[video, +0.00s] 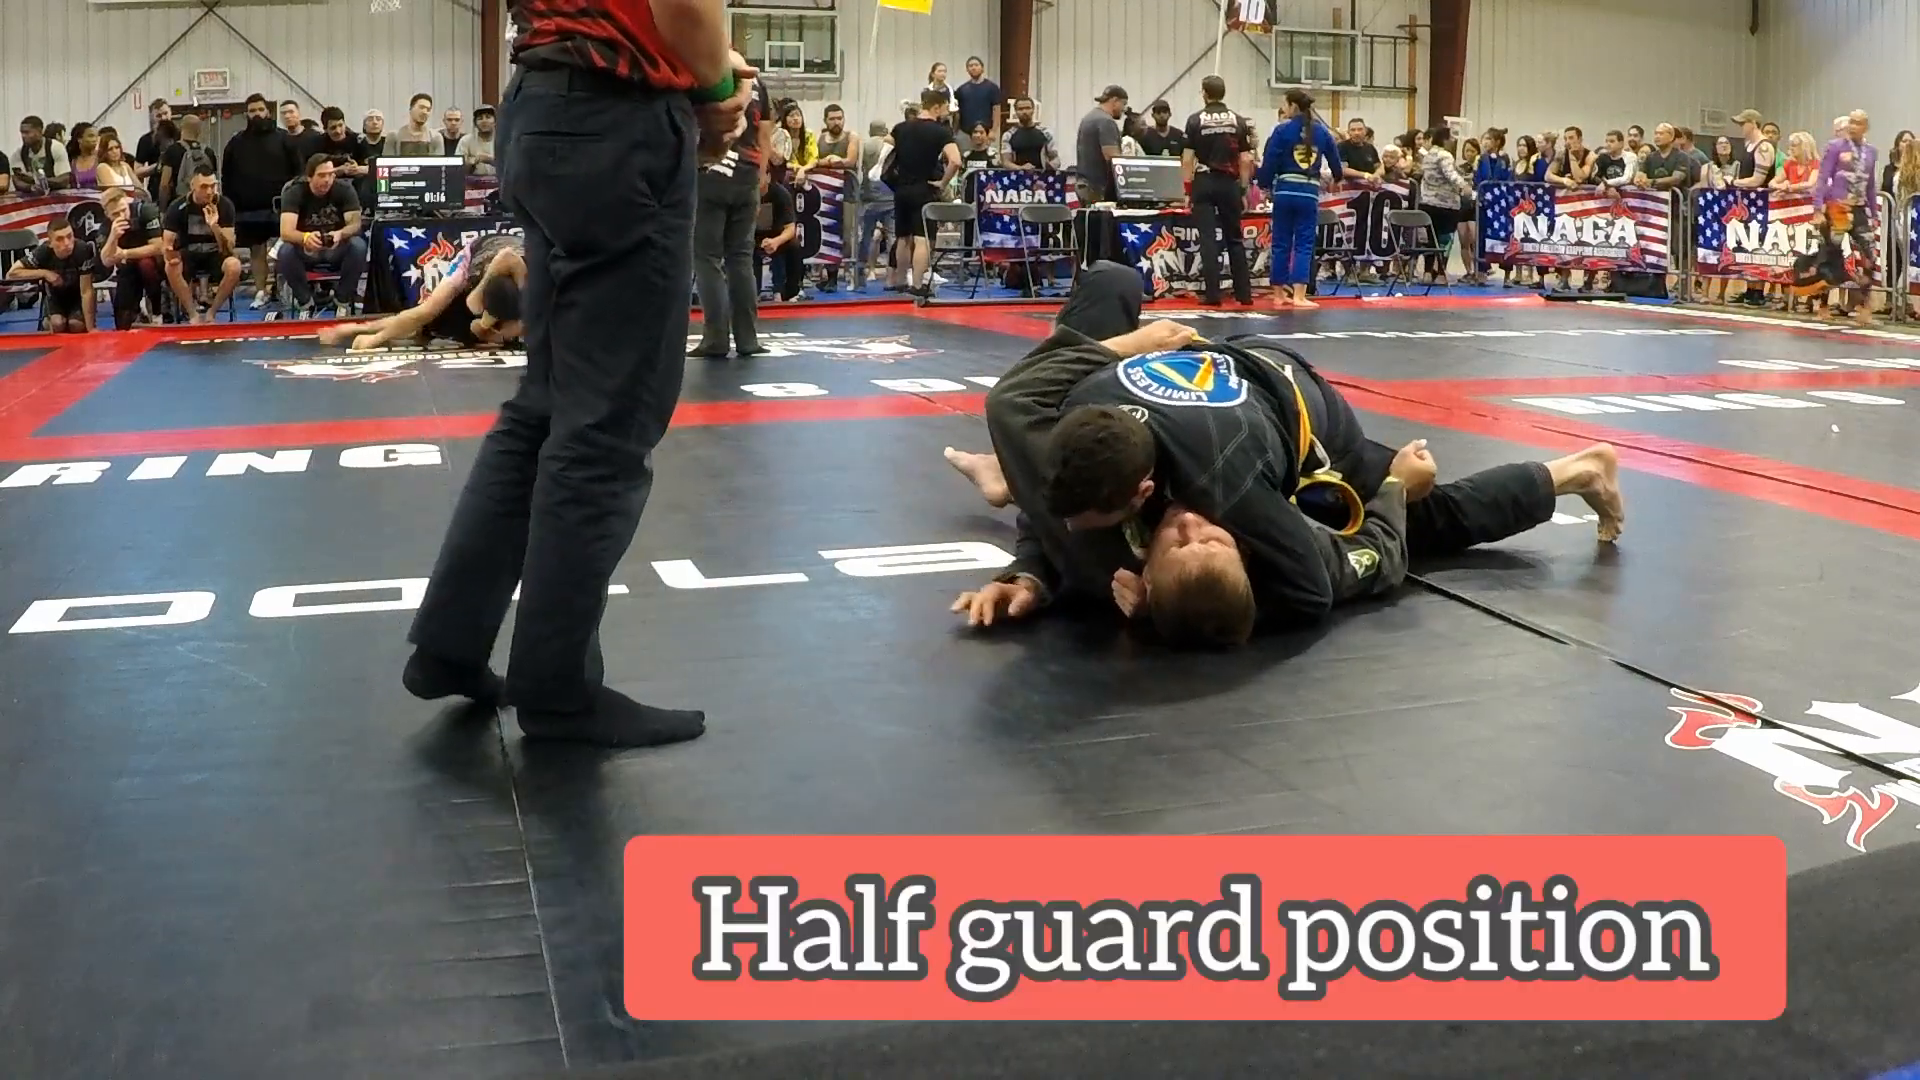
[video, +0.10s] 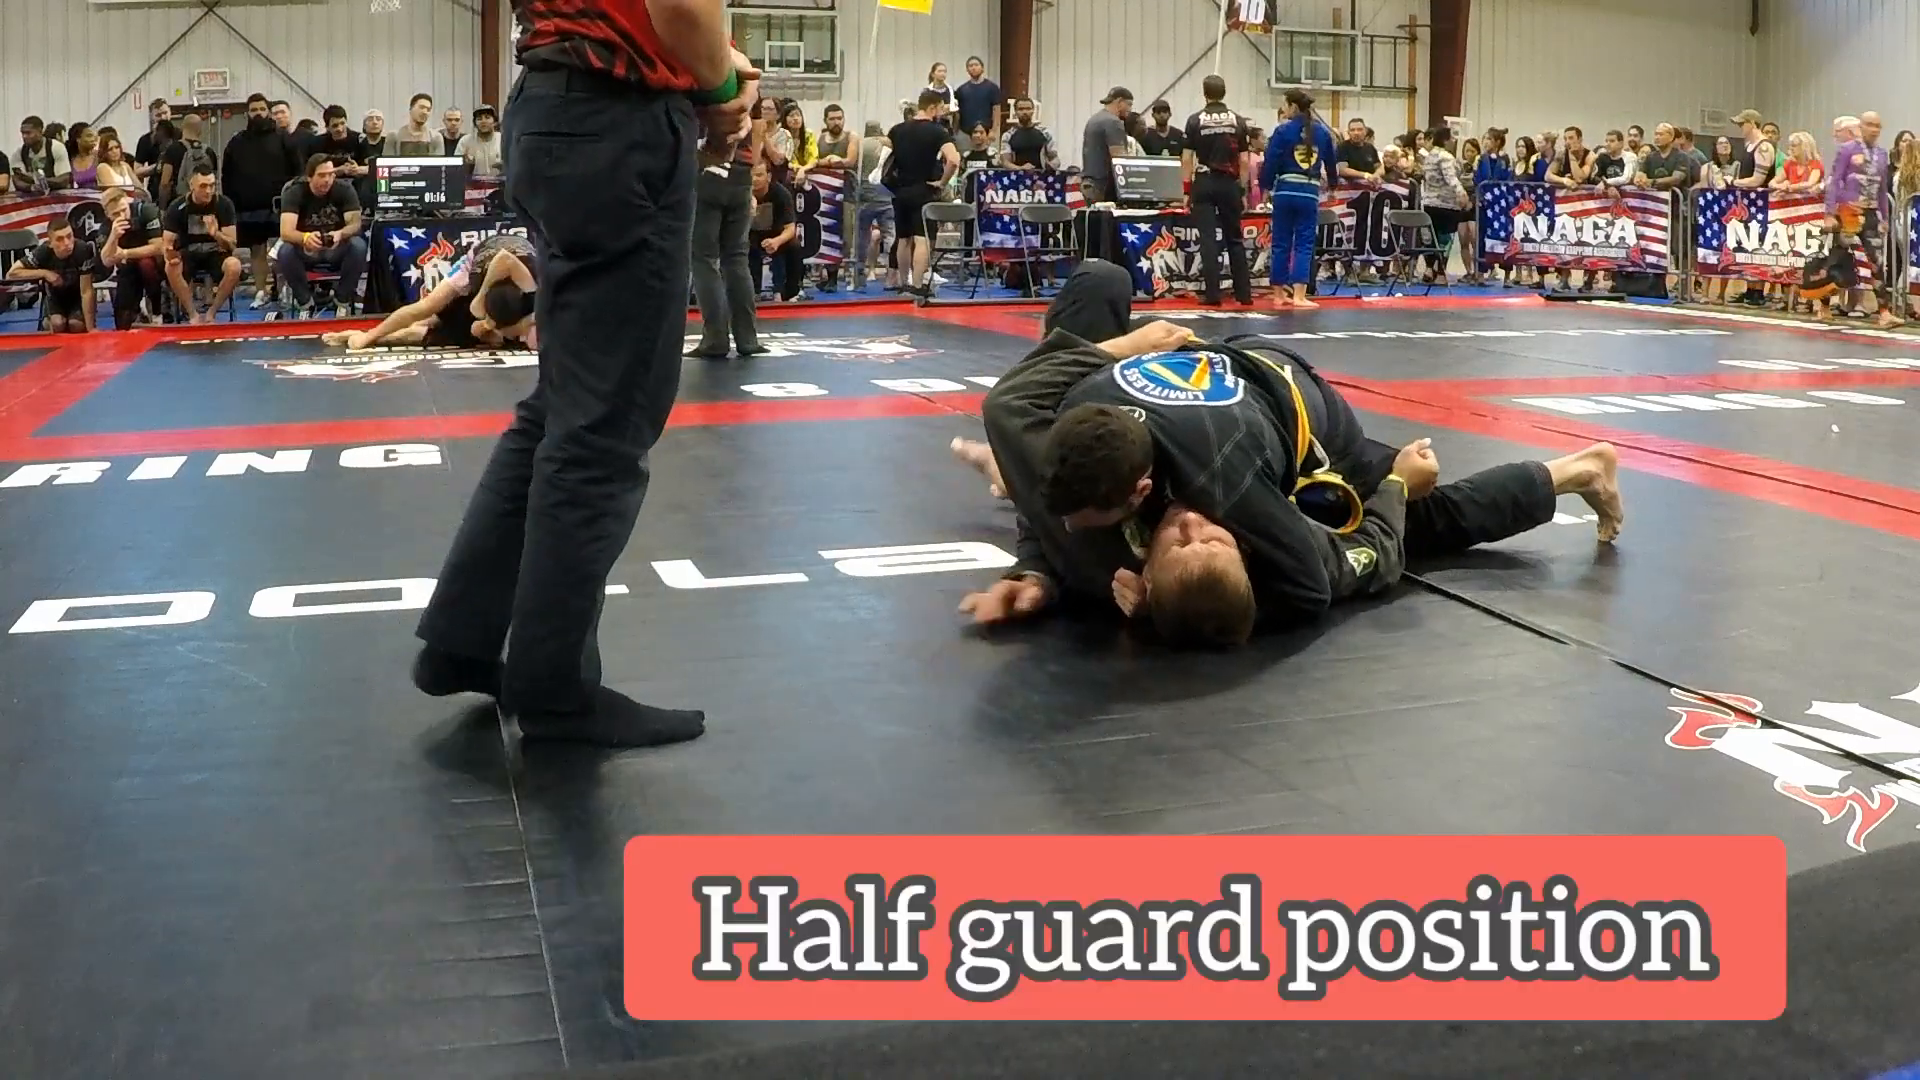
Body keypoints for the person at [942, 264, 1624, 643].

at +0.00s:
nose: (1190, 531)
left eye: (1151, 543)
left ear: (1140, 500)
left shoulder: (1220, 487)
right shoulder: (1022, 421)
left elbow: (1335, 583)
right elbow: (1066, 550)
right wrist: (1025, 583)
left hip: (1299, 410)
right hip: (1205, 354)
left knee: (1421, 529)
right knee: (1103, 280)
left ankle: (1580, 470)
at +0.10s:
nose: (1194, 529)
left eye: (1156, 534)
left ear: (1137, 496)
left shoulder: (1219, 481)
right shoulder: (1020, 418)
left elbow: (1320, 590)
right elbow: (1067, 541)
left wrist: (1154, 599)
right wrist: (1032, 583)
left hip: (1300, 410)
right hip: (1209, 354)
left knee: (1418, 530)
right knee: (1096, 277)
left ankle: (1581, 469)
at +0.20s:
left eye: (1087, 525)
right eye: (1062, 525)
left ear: (1134, 495)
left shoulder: (1221, 486)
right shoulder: (1043, 422)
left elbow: (1322, 583)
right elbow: (1059, 516)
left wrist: (1163, 603)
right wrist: (1051, 569)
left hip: (1296, 408)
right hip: (1213, 355)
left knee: (1423, 530)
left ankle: (1582, 471)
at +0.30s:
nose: (1077, 536)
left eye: (1086, 524)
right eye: (1064, 526)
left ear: (1129, 494)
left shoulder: (1218, 488)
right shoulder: (1053, 424)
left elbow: (1314, 586)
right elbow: (1072, 525)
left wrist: (1167, 604)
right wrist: (1058, 574)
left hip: (1303, 412)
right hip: (1228, 355)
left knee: (1421, 525)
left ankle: (1577, 472)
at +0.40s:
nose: (1080, 536)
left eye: (1089, 525)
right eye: (1063, 527)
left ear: (1135, 494)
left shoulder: (1224, 482)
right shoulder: (1061, 425)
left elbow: (1315, 589)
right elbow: (1056, 524)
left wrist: (1164, 598)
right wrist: (1067, 577)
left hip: (1305, 409)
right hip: (1231, 358)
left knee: (1408, 526)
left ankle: (1566, 469)